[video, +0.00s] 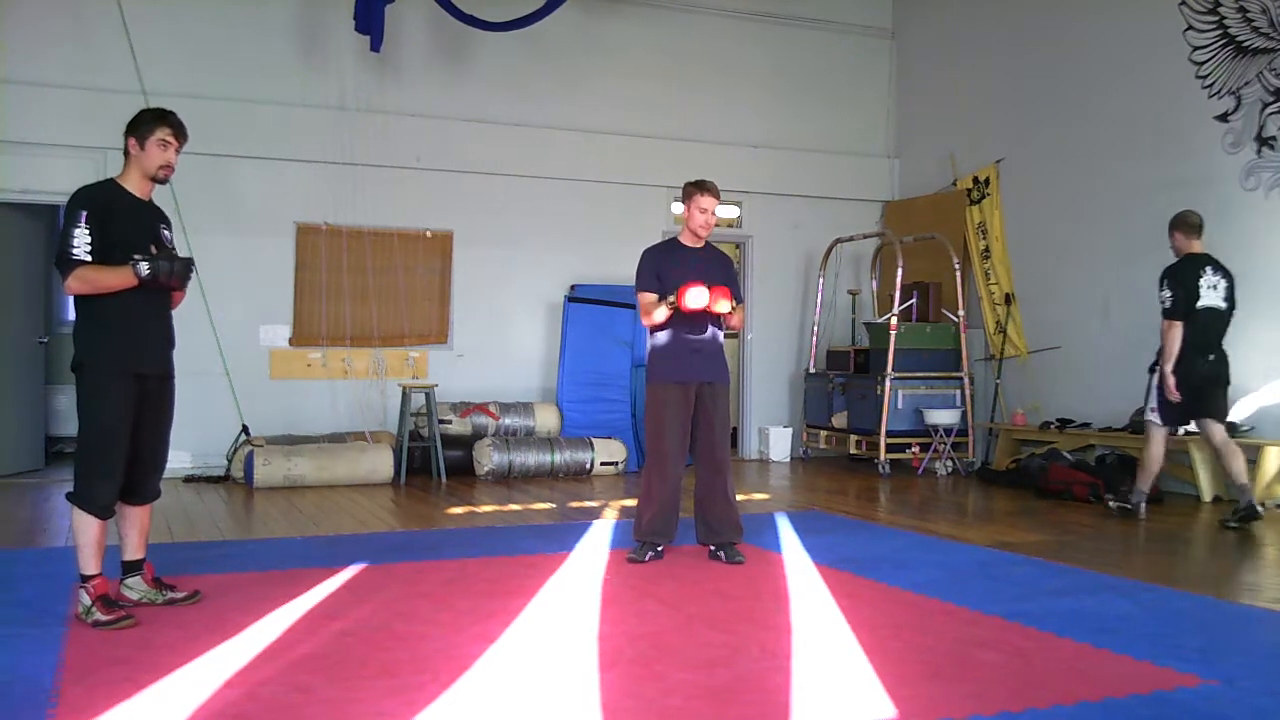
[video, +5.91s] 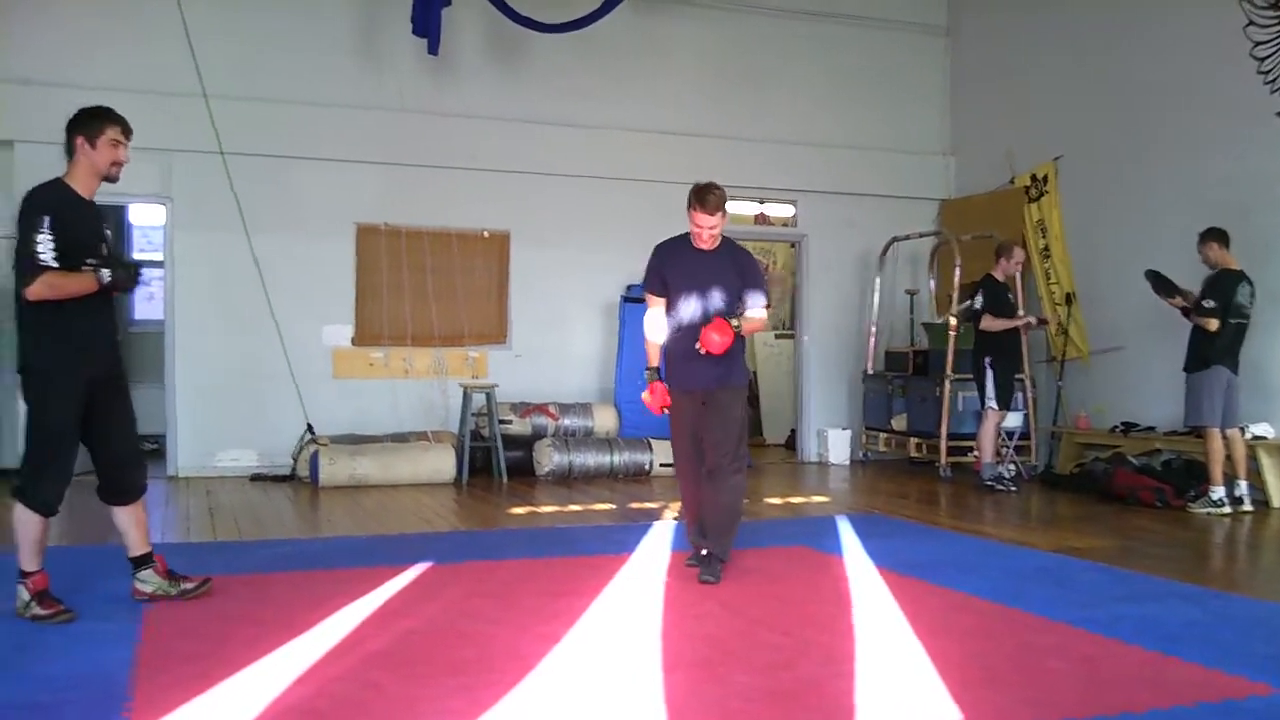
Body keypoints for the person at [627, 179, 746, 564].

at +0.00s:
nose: (708, 218)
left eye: (713, 212)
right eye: (702, 210)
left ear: (717, 216)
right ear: (684, 209)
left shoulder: (723, 262)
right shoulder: (655, 256)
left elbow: (736, 323)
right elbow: (648, 317)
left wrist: (726, 310)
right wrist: (676, 301)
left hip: (713, 370)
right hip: (668, 369)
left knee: (715, 456)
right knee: (664, 454)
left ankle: (721, 538)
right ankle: (652, 538)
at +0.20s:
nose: (707, 218)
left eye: (713, 213)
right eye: (701, 210)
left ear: (717, 216)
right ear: (684, 210)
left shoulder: (722, 262)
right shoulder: (656, 255)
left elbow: (736, 321)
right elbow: (650, 312)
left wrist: (720, 313)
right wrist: (674, 337)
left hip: (712, 369)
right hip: (668, 367)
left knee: (715, 456)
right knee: (663, 453)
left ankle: (721, 538)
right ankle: (652, 538)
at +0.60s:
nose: (710, 217)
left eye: (715, 211)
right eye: (703, 209)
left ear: (719, 215)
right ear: (686, 209)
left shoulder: (724, 261)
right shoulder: (658, 256)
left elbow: (738, 321)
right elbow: (647, 318)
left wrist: (725, 314)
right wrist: (646, 367)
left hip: (715, 374)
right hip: (671, 371)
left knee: (717, 458)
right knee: (665, 456)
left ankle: (722, 538)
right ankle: (654, 538)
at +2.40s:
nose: (651, 206)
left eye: (657, 200)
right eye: (644, 199)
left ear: (665, 205)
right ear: (630, 204)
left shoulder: (678, 257)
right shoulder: (608, 253)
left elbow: (694, 316)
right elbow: (598, 315)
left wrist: (671, 305)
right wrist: (598, 364)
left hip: (666, 371)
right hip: (621, 368)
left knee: (667, 454)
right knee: (614, 454)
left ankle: (672, 534)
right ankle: (604, 534)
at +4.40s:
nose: (668, 210)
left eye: (675, 204)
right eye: (661, 203)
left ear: (683, 209)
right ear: (650, 208)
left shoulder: (698, 260)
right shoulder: (629, 257)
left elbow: (717, 318)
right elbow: (621, 318)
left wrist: (693, 308)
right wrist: (623, 368)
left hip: (690, 374)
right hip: (645, 372)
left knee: (691, 457)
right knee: (639, 457)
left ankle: (697, 536)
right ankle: (629, 538)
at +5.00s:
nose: (666, 220)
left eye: (673, 212)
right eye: (661, 214)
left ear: (692, 210)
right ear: (659, 216)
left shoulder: (722, 258)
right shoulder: (655, 263)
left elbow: (746, 317)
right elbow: (646, 317)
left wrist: (711, 302)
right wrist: (638, 335)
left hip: (705, 376)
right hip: (660, 376)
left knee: (719, 457)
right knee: (666, 460)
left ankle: (738, 536)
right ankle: (670, 538)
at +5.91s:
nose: (706, 235)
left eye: (713, 228)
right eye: (699, 228)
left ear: (724, 219)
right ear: (689, 217)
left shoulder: (741, 260)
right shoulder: (666, 255)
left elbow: (759, 316)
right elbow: (655, 317)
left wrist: (734, 328)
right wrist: (654, 375)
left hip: (726, 382)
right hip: (681, 380)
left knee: (722, 464)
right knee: (688, 463)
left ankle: (716, 552)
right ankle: (701, 544)